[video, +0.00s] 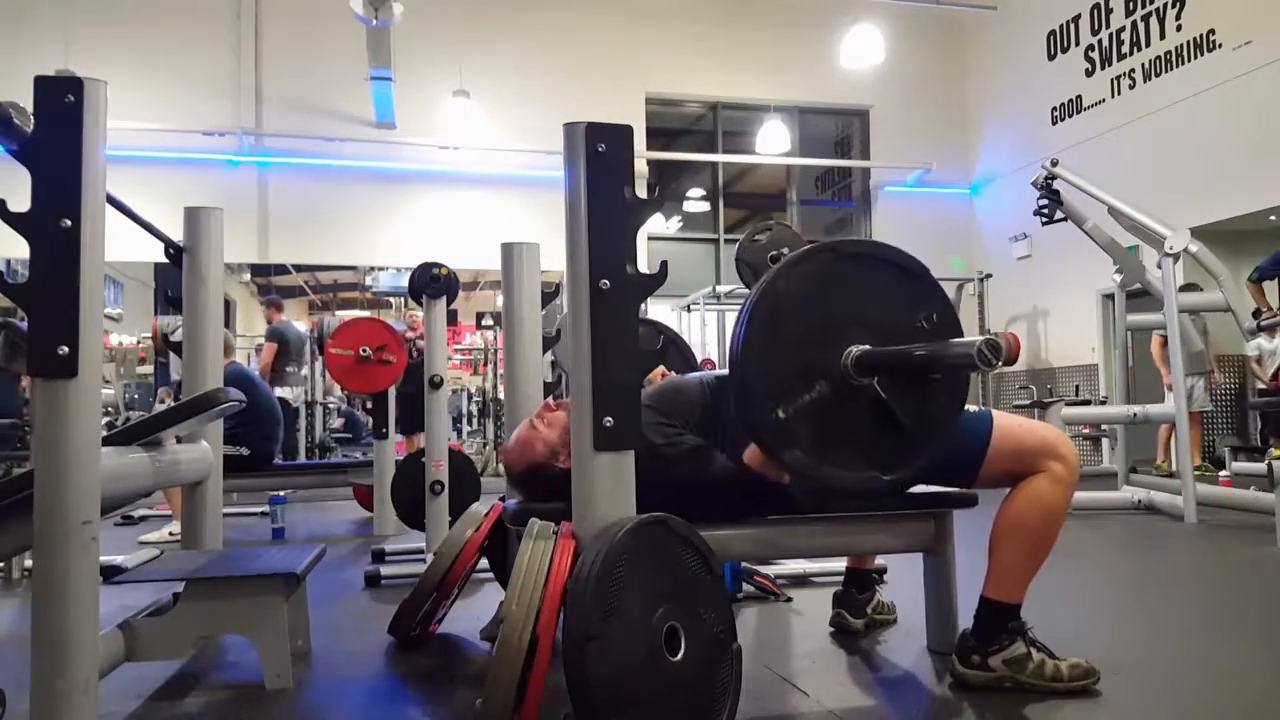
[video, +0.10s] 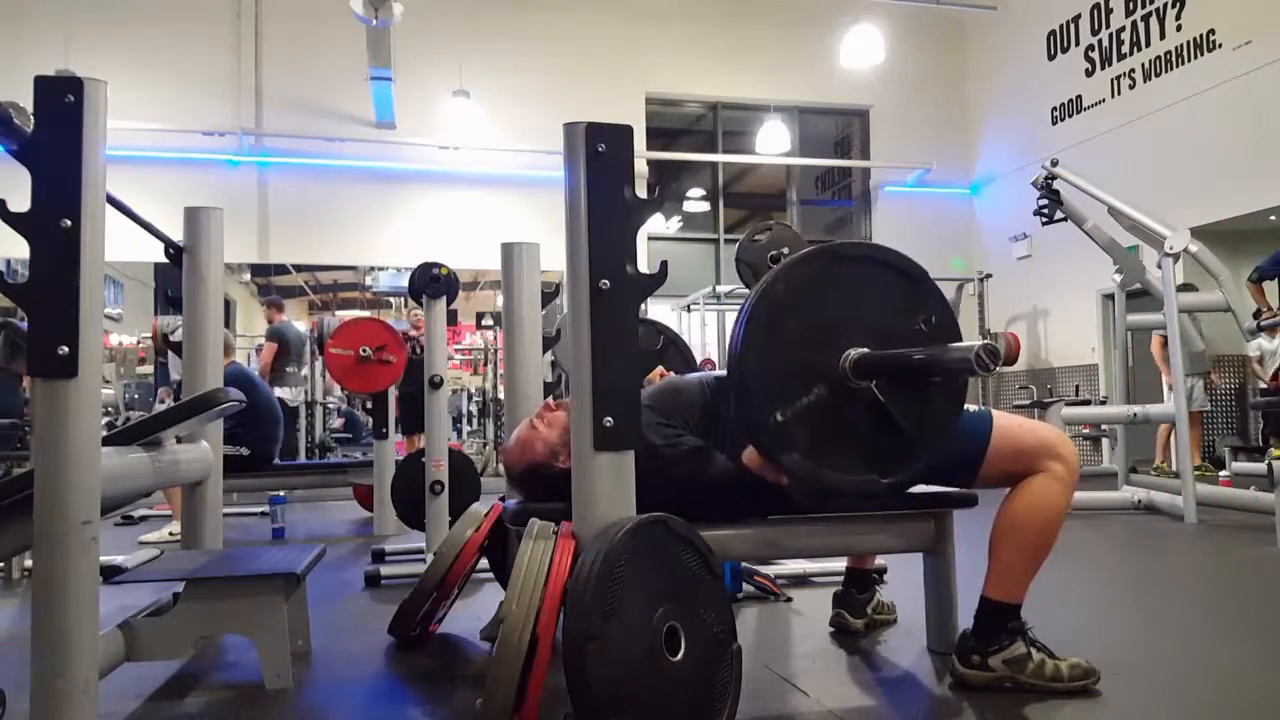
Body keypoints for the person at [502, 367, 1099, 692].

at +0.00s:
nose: (544, 409)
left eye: (533, 415)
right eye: (537, 427)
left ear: (554, 437)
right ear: (556, 459)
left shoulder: (614, 427)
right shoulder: (629, 442)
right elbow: (763, 468)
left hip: (802, 438)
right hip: (828, 451)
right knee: (1053, 455)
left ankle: (856, 595)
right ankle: (993, 639)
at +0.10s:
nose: (544, 409)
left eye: (533, 416)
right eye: (537, 428)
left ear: (553, 437)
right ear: (556, 458)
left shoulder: (612, 427)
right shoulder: (627, 444)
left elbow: (667, 388)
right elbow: (761, 468)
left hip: (797, 441)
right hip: (827, 452)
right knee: (1053, 455)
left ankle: (856, 596)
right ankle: (993, 640)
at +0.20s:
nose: (545, 408)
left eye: (534, 415)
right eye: (538, 426)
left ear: (554, 437)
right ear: (556, 458)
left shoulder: (615, 426)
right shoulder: (629, 445)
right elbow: (762, 464)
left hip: (805, 432)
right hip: (837, 437)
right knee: (1053, 455)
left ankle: (856, 595)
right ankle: (993, 639)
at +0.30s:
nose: (542, 407)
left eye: (531, 416)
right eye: (536, 424)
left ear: (550, 436)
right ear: (553, 453)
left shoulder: (612, 420)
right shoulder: (621, 450)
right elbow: (746, 451)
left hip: (799, 424)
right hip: (832, 433)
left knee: (890, 446)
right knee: (1052, 455)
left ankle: (855, 597)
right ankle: (993, 640)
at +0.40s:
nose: (531, 423)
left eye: (523, 425)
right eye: (526, 433)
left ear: (538, 438)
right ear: (545, 458)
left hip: (758, 436)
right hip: (813, 437)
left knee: (890, 423)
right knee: (1051, 454)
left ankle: (858, 594)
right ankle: (992, 644)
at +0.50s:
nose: (534, 408)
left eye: (522, 414)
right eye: (529, 425)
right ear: (549, 459)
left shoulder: (606, 427)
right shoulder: (601, 453)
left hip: (773, 435)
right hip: (823, 435)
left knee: (887, 440)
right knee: (1046, 452)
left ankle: (859, 590)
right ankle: (993, 640)